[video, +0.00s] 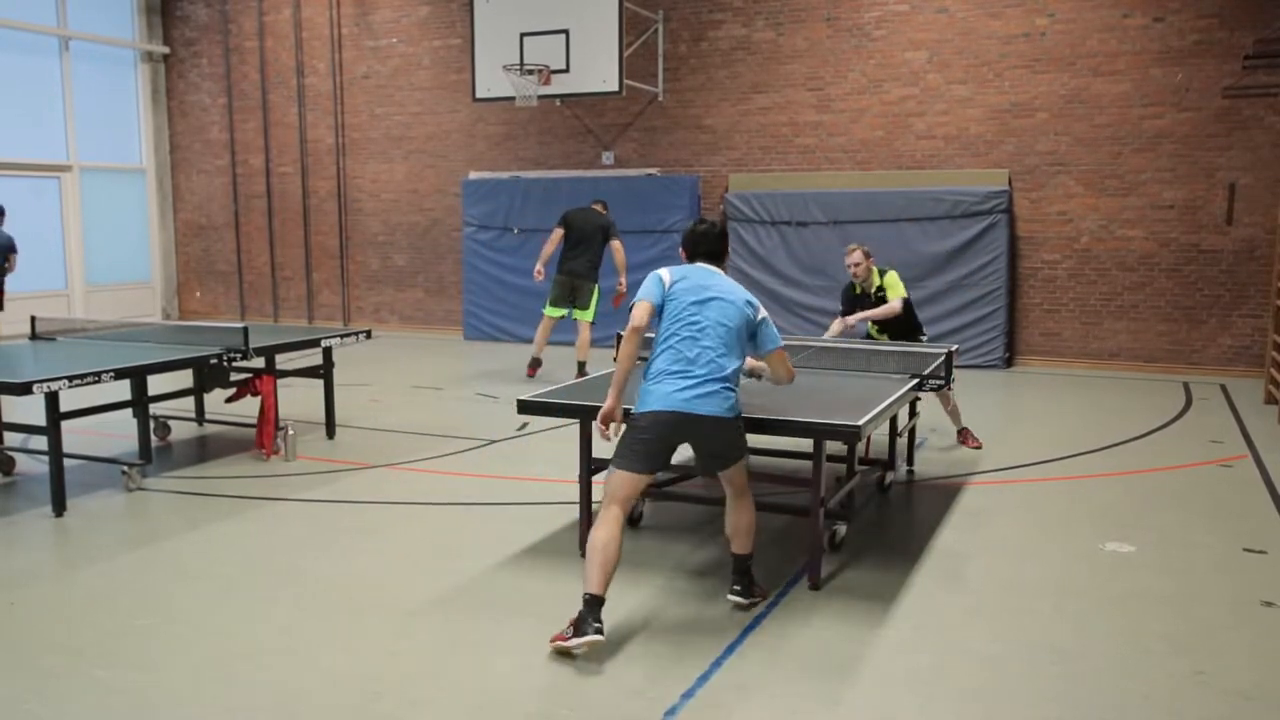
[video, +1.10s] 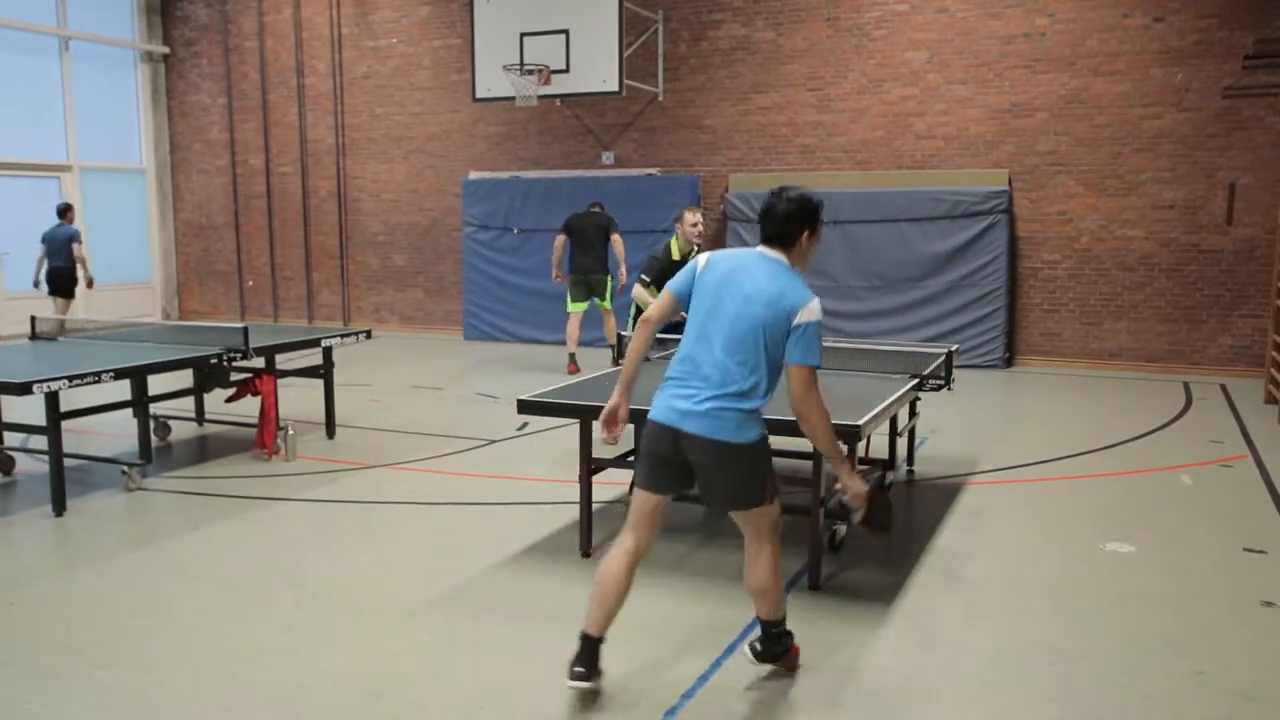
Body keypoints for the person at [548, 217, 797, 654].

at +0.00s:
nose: (681, 258)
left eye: (682, 251)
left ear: (683, 253)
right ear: (727, 256)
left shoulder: (663, 277)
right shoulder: (744, 298)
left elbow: (637, 326)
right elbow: (784, 374)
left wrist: (614, 397)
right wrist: (757, 364)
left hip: (657, 409)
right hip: (716, 413)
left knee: (615, 506)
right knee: (738, 490)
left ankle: (589, 617)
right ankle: (742, 582)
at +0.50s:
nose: (725, 233)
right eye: (724, 227)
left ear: (670, 227)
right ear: (717, 230)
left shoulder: (631, 264)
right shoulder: (724, 282)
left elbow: (578, 329)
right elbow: (757, 365)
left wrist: (584, 373)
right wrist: (787, 367)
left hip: (623, 410)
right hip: (687, 416)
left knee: (587, 512)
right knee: (725, 520)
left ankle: (557, 624)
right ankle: (750, 636)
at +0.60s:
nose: (729, 263)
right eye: (731, 256)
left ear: (681, 253)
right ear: (725, 261)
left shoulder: (638, 292)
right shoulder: (724, 310)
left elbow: (586, 353)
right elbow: (767, 395)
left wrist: (593, 399)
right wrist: (838, 407)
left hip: (617, 446)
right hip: (680, 451)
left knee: (575, 538)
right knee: (736, 533)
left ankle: (510, 640)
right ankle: (750, 652)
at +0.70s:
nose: (749, 303)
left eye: (745, 293)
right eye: (749, 295)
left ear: (697, 290)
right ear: (742, 300)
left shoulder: (652, 329)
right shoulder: (726, 354)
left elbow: (596, 383)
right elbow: (781, 434)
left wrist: (591, 441)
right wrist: (857, 425)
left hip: (613, 477)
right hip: (675, 481)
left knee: (575, 559)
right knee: (747, 532)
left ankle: (508, 649)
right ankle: (752, 655)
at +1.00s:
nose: (799, 286)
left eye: (799, 279)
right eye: (799, 279)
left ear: (746, 274)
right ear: (788, 281)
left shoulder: (694, 302)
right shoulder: (787, 344)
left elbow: (629, 354)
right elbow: (825, 432)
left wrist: (586, 417)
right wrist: (881, 437)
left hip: (650, 459)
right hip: (717, 473)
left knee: (586, 554)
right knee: (769, 536)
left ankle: (524, 645)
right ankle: (756, 655)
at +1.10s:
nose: (818, 242)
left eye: (817, 233)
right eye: (818, 234)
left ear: (765, 229)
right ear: (807, 236)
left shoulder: (708, 262)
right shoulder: (799, 299)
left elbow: (649, 319)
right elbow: (802, 397)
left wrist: (620, 393)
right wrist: (843, 468)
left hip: (664, 422)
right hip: (730, 436)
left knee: (633, 535)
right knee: (761, 533)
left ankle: (586, 652)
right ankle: (772, 641)